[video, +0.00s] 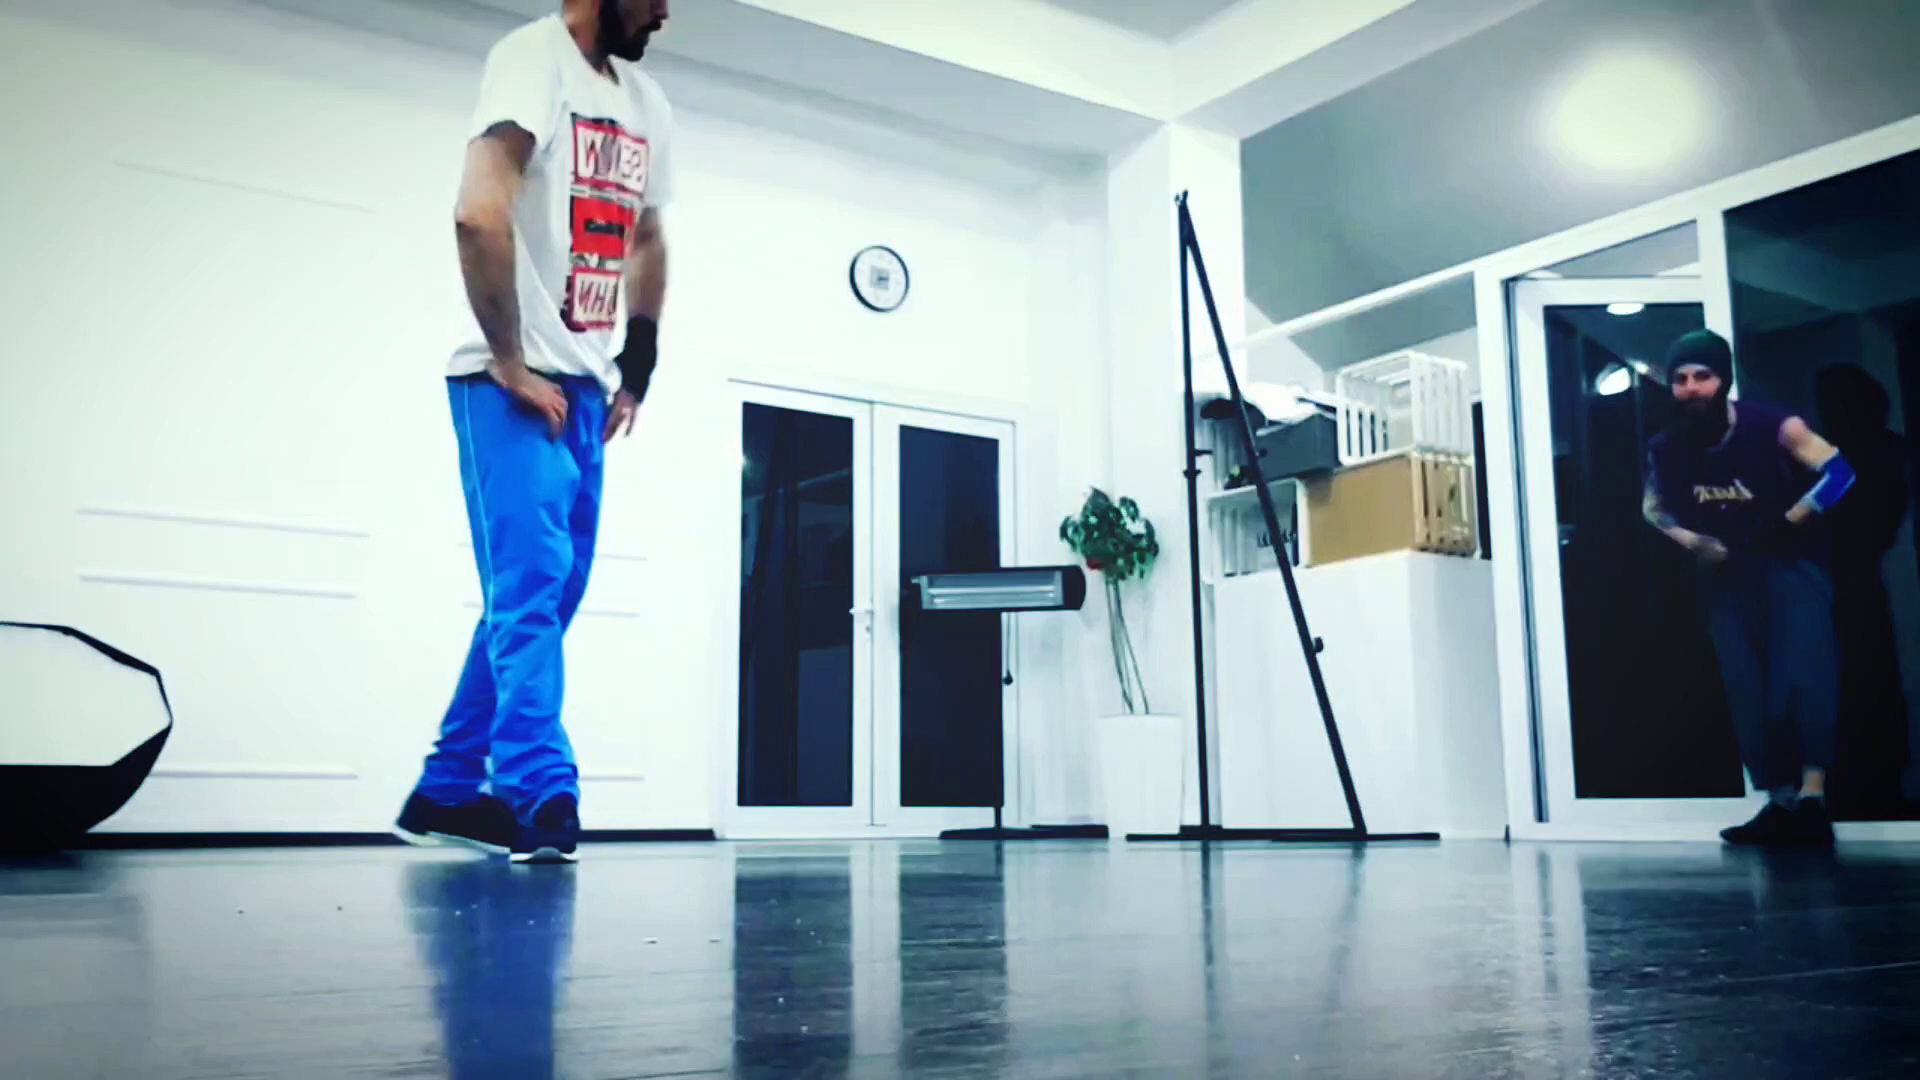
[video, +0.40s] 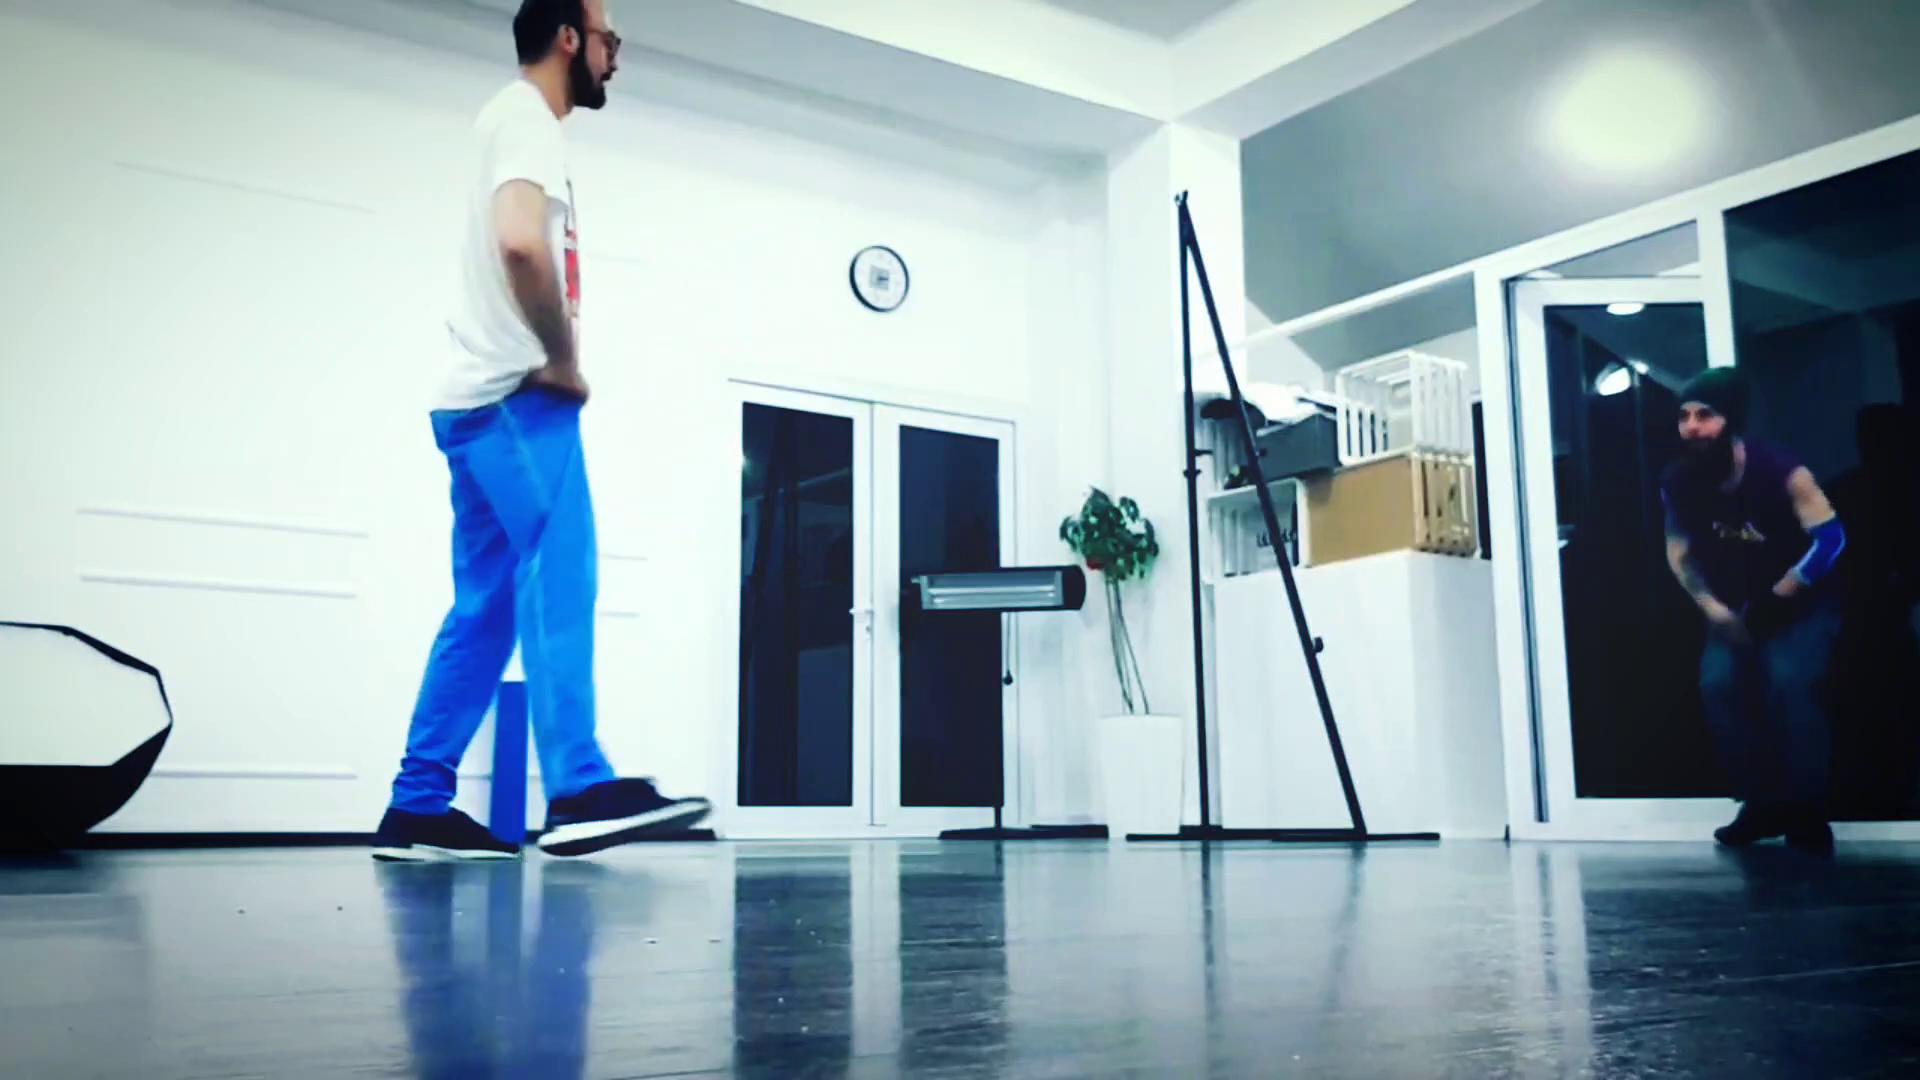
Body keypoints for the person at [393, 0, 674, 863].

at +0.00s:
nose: (663, 10)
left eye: (665, 1)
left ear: (641, 11)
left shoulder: (649, 99)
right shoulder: (533, 56)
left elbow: (648, 241)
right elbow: (481, 214)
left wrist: (636, 368)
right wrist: (509, 361)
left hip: (589, 385)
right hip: (512, 375)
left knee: (555, 584)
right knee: (528, 582)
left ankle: (451, 786)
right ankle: (542, 795)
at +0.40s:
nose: (614, 58)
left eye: (614, 42)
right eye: (607, 39)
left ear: (551, 42)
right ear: (568, 39)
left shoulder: (513, 119)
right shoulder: (526, 120)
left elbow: (508, 256)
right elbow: (521, 246)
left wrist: (545, 359)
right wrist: (564, 357)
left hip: (481, 402)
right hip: (517, 399)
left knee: (484, 608)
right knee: (564, 581)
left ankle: (419, 801)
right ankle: (579, 784)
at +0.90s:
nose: (637, 135)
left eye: (633, 124)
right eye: (635, 123)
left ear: (564, 125)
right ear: (619, 119)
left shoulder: (500, 199)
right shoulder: (618, 191)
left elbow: (448, 337)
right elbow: (622, 328)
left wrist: (508, 403)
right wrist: (640, 404)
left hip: (484, 421)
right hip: (575, 427)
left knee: (477, 605)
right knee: (578, 624)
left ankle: (427, 791)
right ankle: (582, 810)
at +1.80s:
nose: (721, 236)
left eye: (722, 223)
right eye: (718, 222)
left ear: (659, 217)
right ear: (692, 219)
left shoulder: (601, 278)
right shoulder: (700, 285)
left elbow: (571, 373)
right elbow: (712, 409)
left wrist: (616, 428)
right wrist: (665, 442)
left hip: (579, 474)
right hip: (657, 479)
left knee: (567, 647)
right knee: (690, 639)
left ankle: (538, 804)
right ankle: (622, 786)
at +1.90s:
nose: (744, 239)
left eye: (745, 227)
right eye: (738, 226)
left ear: (689, 223)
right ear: (704, 224)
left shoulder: (634, 275)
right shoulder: (717, 292)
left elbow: (646, 372)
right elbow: (718, 417)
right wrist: (673, 425)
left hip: (595, 478)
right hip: (668, 485)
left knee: (578, 646)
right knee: (706, 641)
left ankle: (539, 801)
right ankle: (711, 799)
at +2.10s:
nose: (798, 265)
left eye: (799, 253)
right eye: (791, 252)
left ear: (749, 254)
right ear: (751, 252)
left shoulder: (699, 312)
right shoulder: (751, 327)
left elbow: (699, 429)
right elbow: (760, 451)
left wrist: (761, 436)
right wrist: (785, 445)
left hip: (665, 515)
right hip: (721, 522)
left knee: (657, 661)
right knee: (766, 660)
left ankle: (565, 767)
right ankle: (775, 810)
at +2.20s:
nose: (817, 272)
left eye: (819, 261)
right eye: (807, 261)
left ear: (769, 267)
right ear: (769, 263)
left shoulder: (744, 329)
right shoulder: (764, 336)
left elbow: (762, 444)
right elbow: (787, 452)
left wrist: (797, 449)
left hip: (726, 526)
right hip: (752, 528)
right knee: (804, 661)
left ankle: (659, 746)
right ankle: (780, 811)